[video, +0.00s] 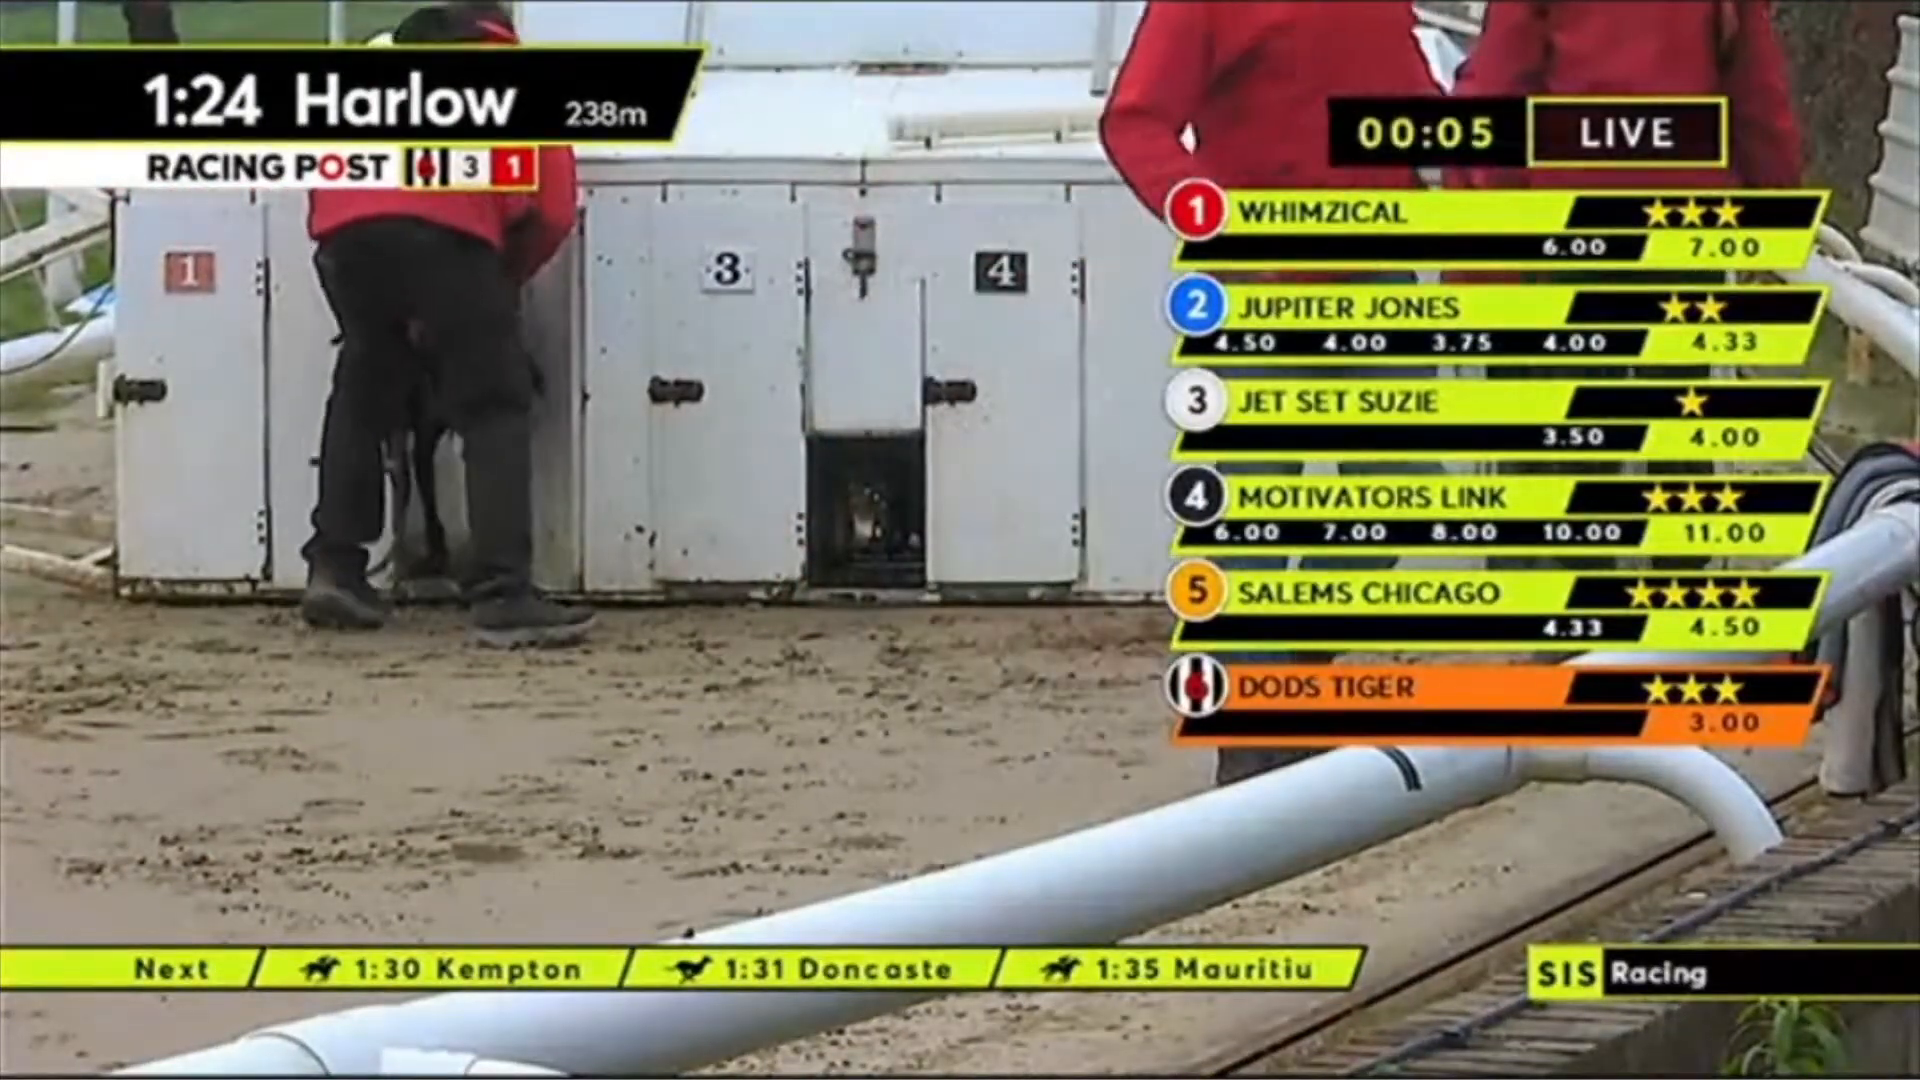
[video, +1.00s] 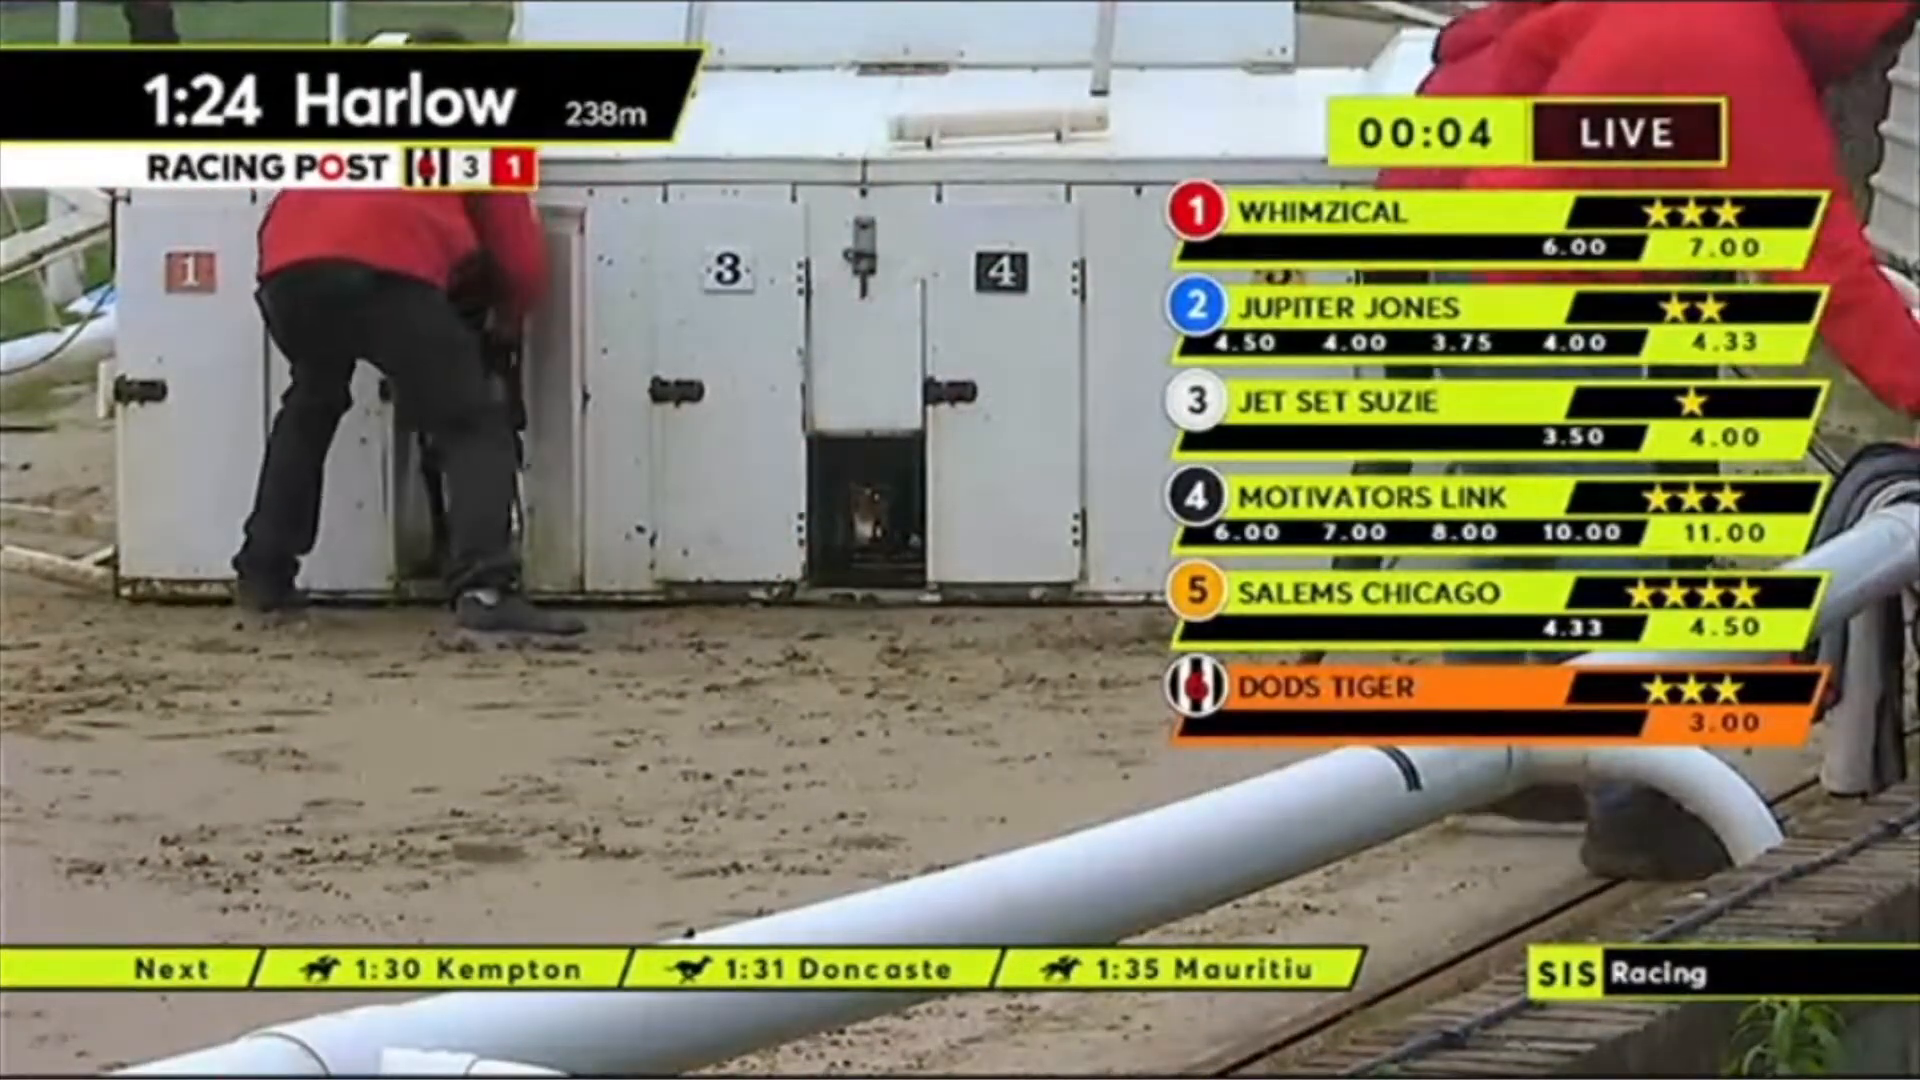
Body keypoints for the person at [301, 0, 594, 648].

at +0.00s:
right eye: (512, 24)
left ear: (423, 24)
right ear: (500, 26)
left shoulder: (367, 65)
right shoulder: (523, 73)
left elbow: (329, 194)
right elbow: (556, 213)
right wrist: (485, 290)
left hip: (345, 232)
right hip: (449, 238)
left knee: (369, 363)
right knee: (494, 404)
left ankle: (333, 570)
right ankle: (504, 591)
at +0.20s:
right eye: (518, 44)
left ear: (438, 37)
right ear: (507, 43)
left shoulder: (365, 71)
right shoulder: (518, 92)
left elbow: (312, 174)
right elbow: (542, 215)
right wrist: (493, 281)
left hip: (325, 230)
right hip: (428, 236)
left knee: (328, 384)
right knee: (477, 411)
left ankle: (273, 572)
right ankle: (499, 594)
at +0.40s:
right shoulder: (514, 143)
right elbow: (520, 248)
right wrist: (468, 299)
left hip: (307, 247)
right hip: (408, 255)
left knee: (309, 391)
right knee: (479, 421)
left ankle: (263, 576)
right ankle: (478, 593)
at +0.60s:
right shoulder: (508, 136)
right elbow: (527, 268)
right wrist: (487, 327)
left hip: (299, 261)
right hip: (406, 270)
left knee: (312, 387)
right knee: (477, 430)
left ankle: (265, 573)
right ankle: (487, 591)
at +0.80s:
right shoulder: (494, 149)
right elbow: (527, 270)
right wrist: (488, 328)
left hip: (291, 250)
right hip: (394, 259)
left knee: (300, 387)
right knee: (466, 417)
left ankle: (262, 574)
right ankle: (486, 590)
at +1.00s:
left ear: (388, 73)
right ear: (471, 83)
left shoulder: (344, 123)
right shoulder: (484, 133)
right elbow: (525, 266)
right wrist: (504, 323)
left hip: (289, 271)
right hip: (391, 273)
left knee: (315, 392)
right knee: (472, 422)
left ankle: (262, 574)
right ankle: (484, 591)